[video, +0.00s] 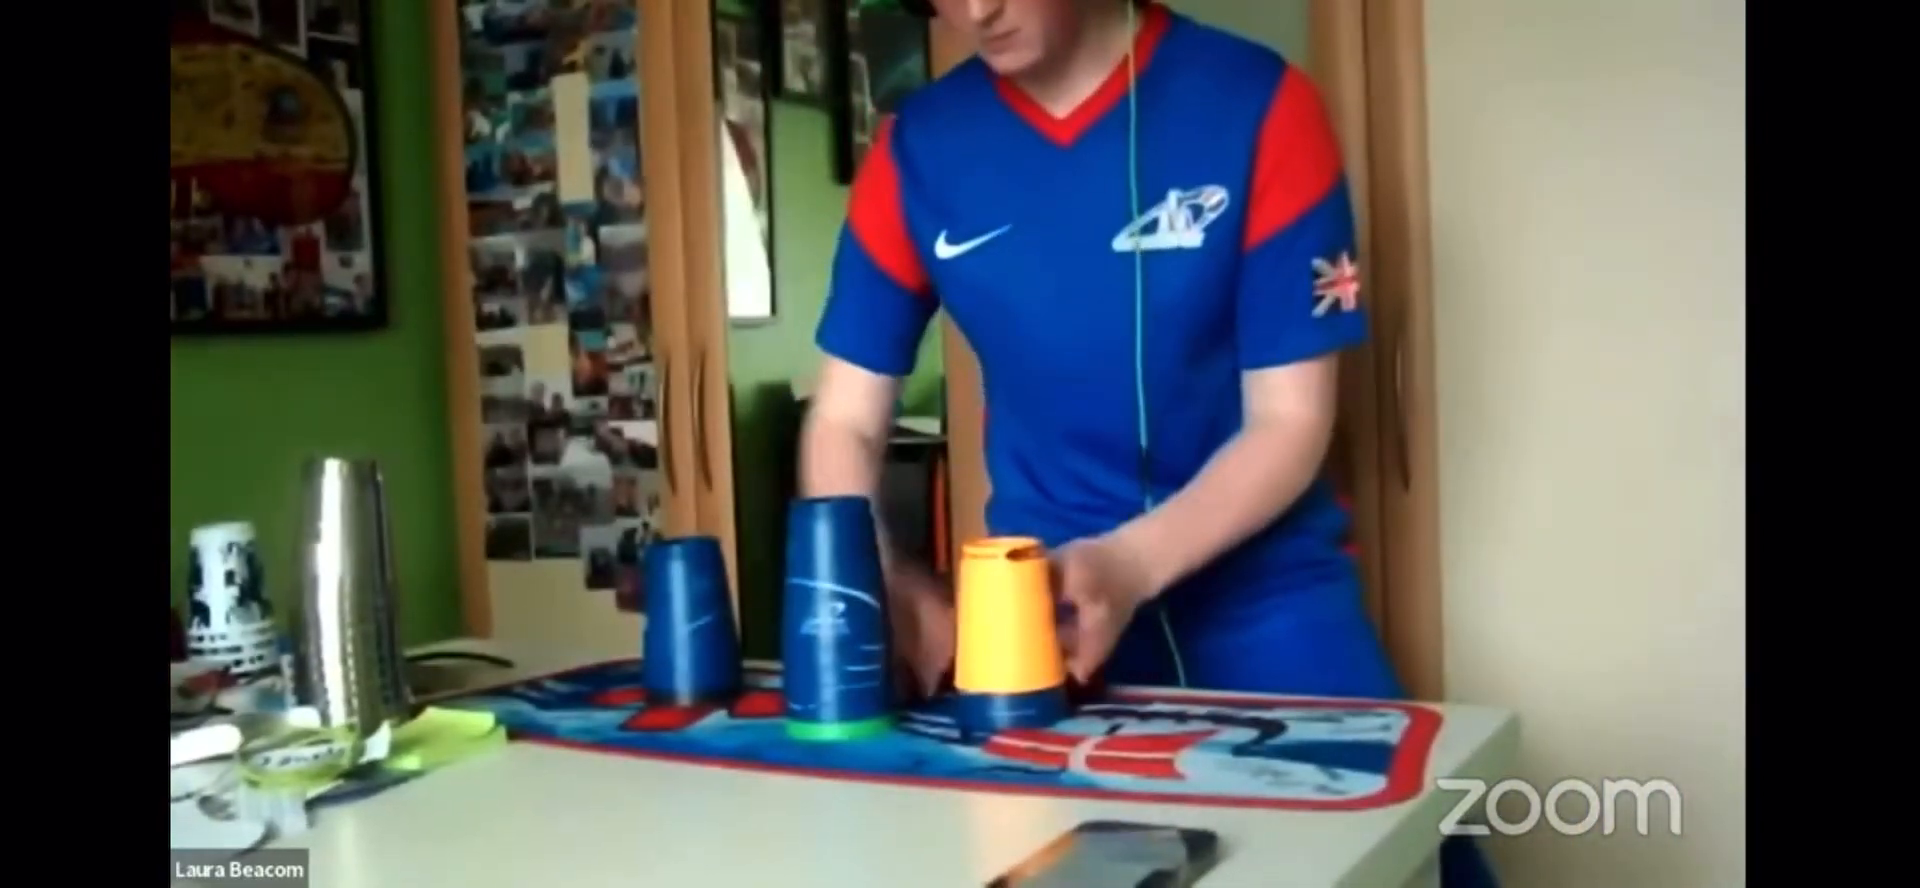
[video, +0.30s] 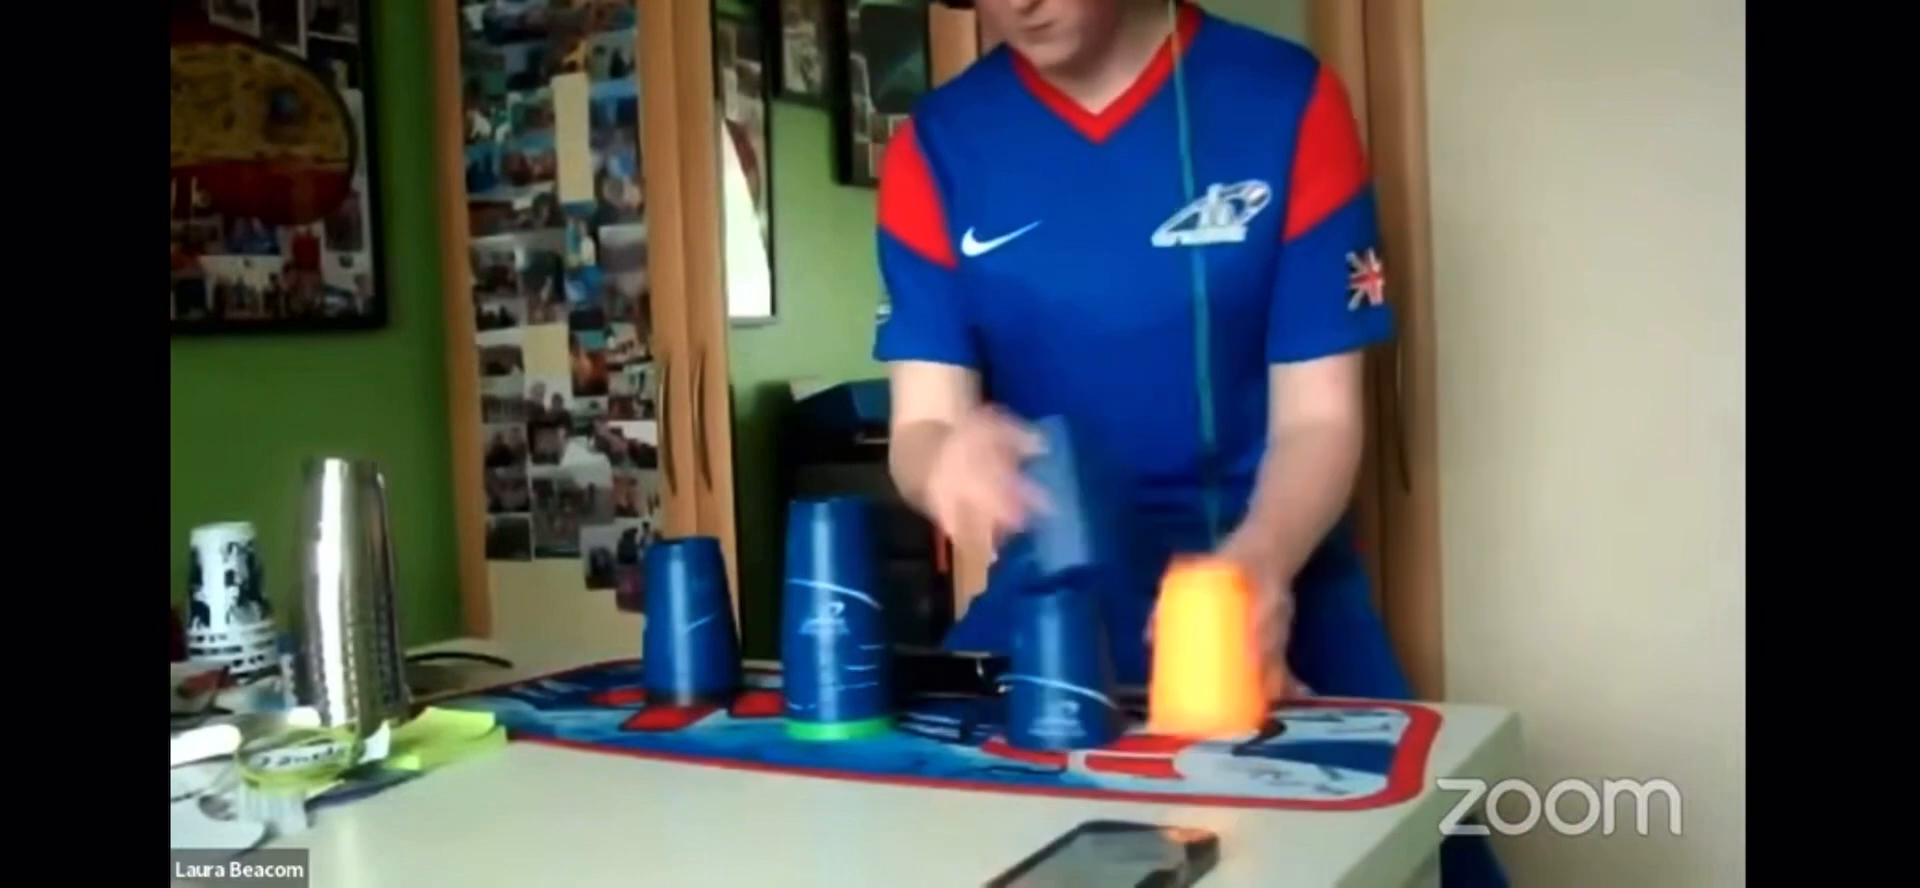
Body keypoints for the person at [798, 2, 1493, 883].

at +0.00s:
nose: (975, 12)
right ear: (929, 5)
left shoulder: (1253, 105)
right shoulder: (920, 150)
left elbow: (1290, 423)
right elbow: (843, 427)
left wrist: (1129, 565)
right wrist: (891, 594)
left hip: (1263, 611)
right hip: (1041, 634)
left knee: (1376, 860)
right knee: (1058, 871)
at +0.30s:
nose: (1012, 5)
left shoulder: (1281, 100)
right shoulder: (938, 146)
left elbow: (1316, 417)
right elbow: (921, 429)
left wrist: (1257, 562)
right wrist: (949, 460)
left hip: (1266, 605)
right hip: (1047, 610)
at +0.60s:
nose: (942, 5)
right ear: (911, 4)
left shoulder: (1243, 120)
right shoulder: (924, 150)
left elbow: (1220, 466)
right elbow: (921, 434)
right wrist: (827, 471)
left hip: (1280, 640)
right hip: (1063, 650)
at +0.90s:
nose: (891, 23)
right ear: (852, 13)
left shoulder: (1201, 111)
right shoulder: (897, 162)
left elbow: (1208, 452)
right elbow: (881, 440)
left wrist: (998, 502)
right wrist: (721, 438)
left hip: (1266, 621)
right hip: (1053, 637)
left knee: (1373, 868)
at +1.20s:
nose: (819, 56)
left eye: (838, 9)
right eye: (796, 30)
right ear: (792, 46)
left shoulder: (1113, 126)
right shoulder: (873, 188)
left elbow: (1108, 467)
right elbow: (861, 445)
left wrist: (847, 465)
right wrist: (697, 481)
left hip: (1222, 596)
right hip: (1045, 603)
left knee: (1290, 862)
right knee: (1072, 863)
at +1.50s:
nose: (947, 28)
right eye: (911, 10)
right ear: (893, 29)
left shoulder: (1238, 134)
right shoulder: (899, 199)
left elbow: (1305, 436)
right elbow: (909, 471)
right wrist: (978, 471)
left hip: (1284, 643)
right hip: (1057, 675)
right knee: (1078, 871)